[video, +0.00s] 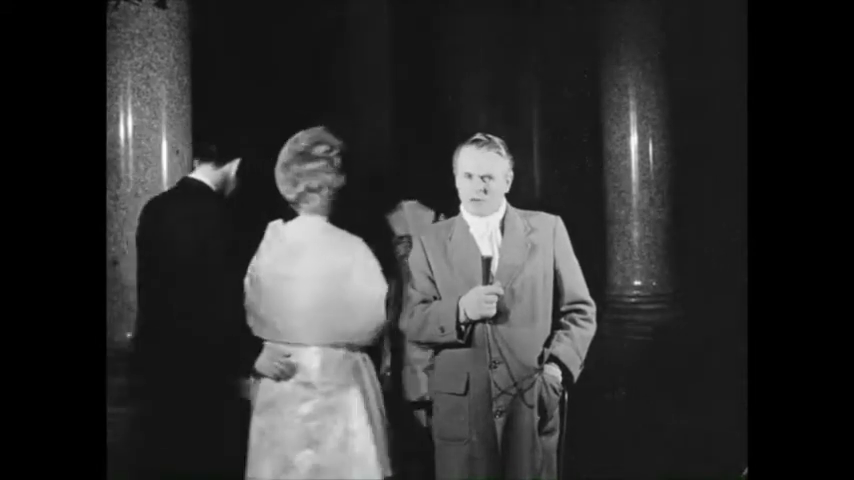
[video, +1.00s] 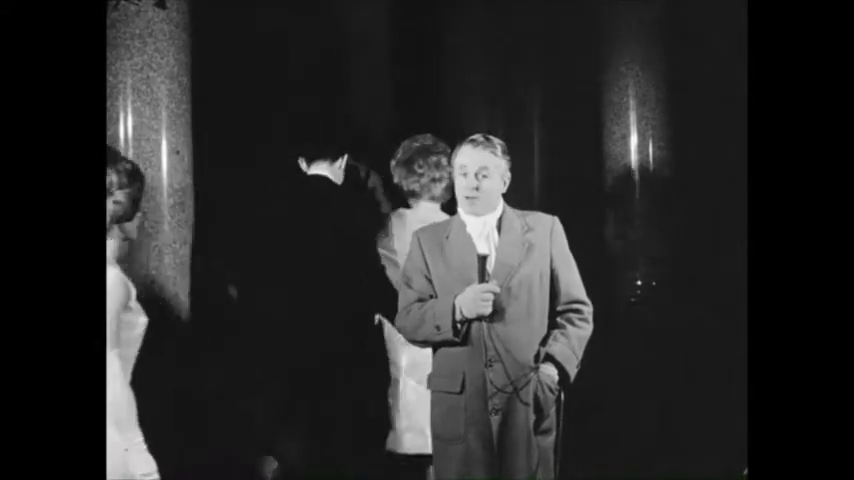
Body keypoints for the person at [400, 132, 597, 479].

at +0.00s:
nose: (477, 187)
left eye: (488, 177)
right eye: (468, 176)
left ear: (508, 181)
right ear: (456, 180)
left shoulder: (547, 230)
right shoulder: (430, 241)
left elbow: (579, 309)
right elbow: (413, 319)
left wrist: (557, 365)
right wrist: (460, 310)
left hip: (530, 396)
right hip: (459, 397)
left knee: (532, 474)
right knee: (460, 474)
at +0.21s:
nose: (480, 186)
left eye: (490, 177)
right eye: (470, 176)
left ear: (509, 180)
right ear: (458, 180)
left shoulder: (549, 230)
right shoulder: (430, 240)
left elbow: (579, 310)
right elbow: (412, 318)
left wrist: (557, 366)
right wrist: (460, 309)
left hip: (530, 399)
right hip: (458, 400)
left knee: (532, 475)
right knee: (460, 474)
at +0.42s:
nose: (480, 186)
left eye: (490, 177)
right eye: (471, 177)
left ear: (510, 180)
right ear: (458, 180)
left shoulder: (549, 230)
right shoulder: (430, 241)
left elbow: (580, 310)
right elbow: (412, 317)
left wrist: (558, 366)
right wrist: (461, 309)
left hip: (531, 398)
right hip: (461, 398)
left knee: (533, 475)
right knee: (460, 474)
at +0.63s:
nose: (479, 186)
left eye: (489, 176)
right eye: (470, 176)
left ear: (510, 180)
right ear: (457, 180)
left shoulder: (549, 229)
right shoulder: (431, 240)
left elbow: (580, 309)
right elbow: (412, 319)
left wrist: (557, 365)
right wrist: (460, 308)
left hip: (531, 396)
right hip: (461, 397)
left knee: (533, 474)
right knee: (461, 474)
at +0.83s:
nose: (477, 186)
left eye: (488, 176)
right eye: (468, 176)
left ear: (508, 180)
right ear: (456, 180)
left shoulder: (547, 230)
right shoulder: (429, 240)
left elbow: (578, 310)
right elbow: (410, 320)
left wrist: (555, 366)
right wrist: (458, 308)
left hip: (530, 397)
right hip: (459, 398)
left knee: (532, 474)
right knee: (459, 474)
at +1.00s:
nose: (472, 184)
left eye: (483, 174)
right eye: (463, 174)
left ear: (505, 180)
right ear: (453, 181)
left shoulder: (545, 230)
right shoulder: (427, 240)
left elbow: (576, 310)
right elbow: (408, 318)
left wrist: (553, 365)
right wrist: (456, 308)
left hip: (527, 397)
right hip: (457, 397)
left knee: (530, 474)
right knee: (457, 474)